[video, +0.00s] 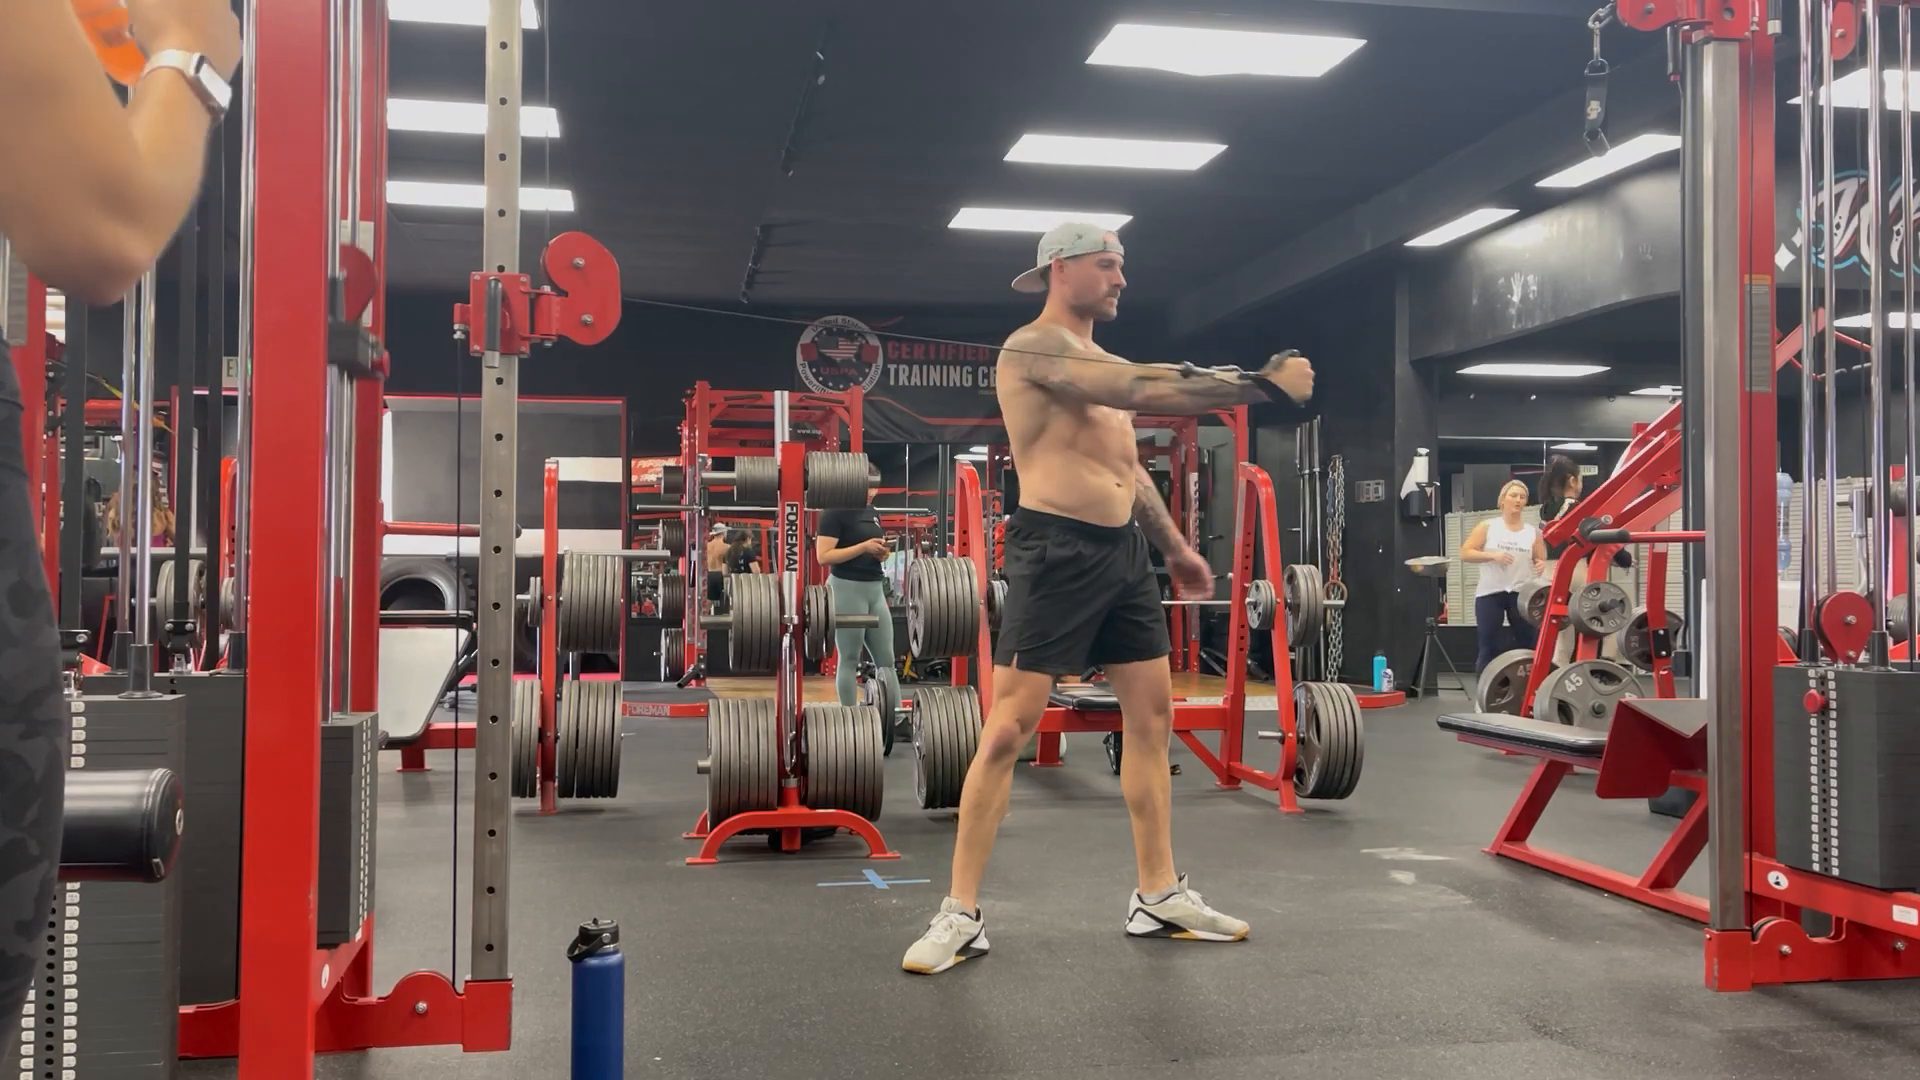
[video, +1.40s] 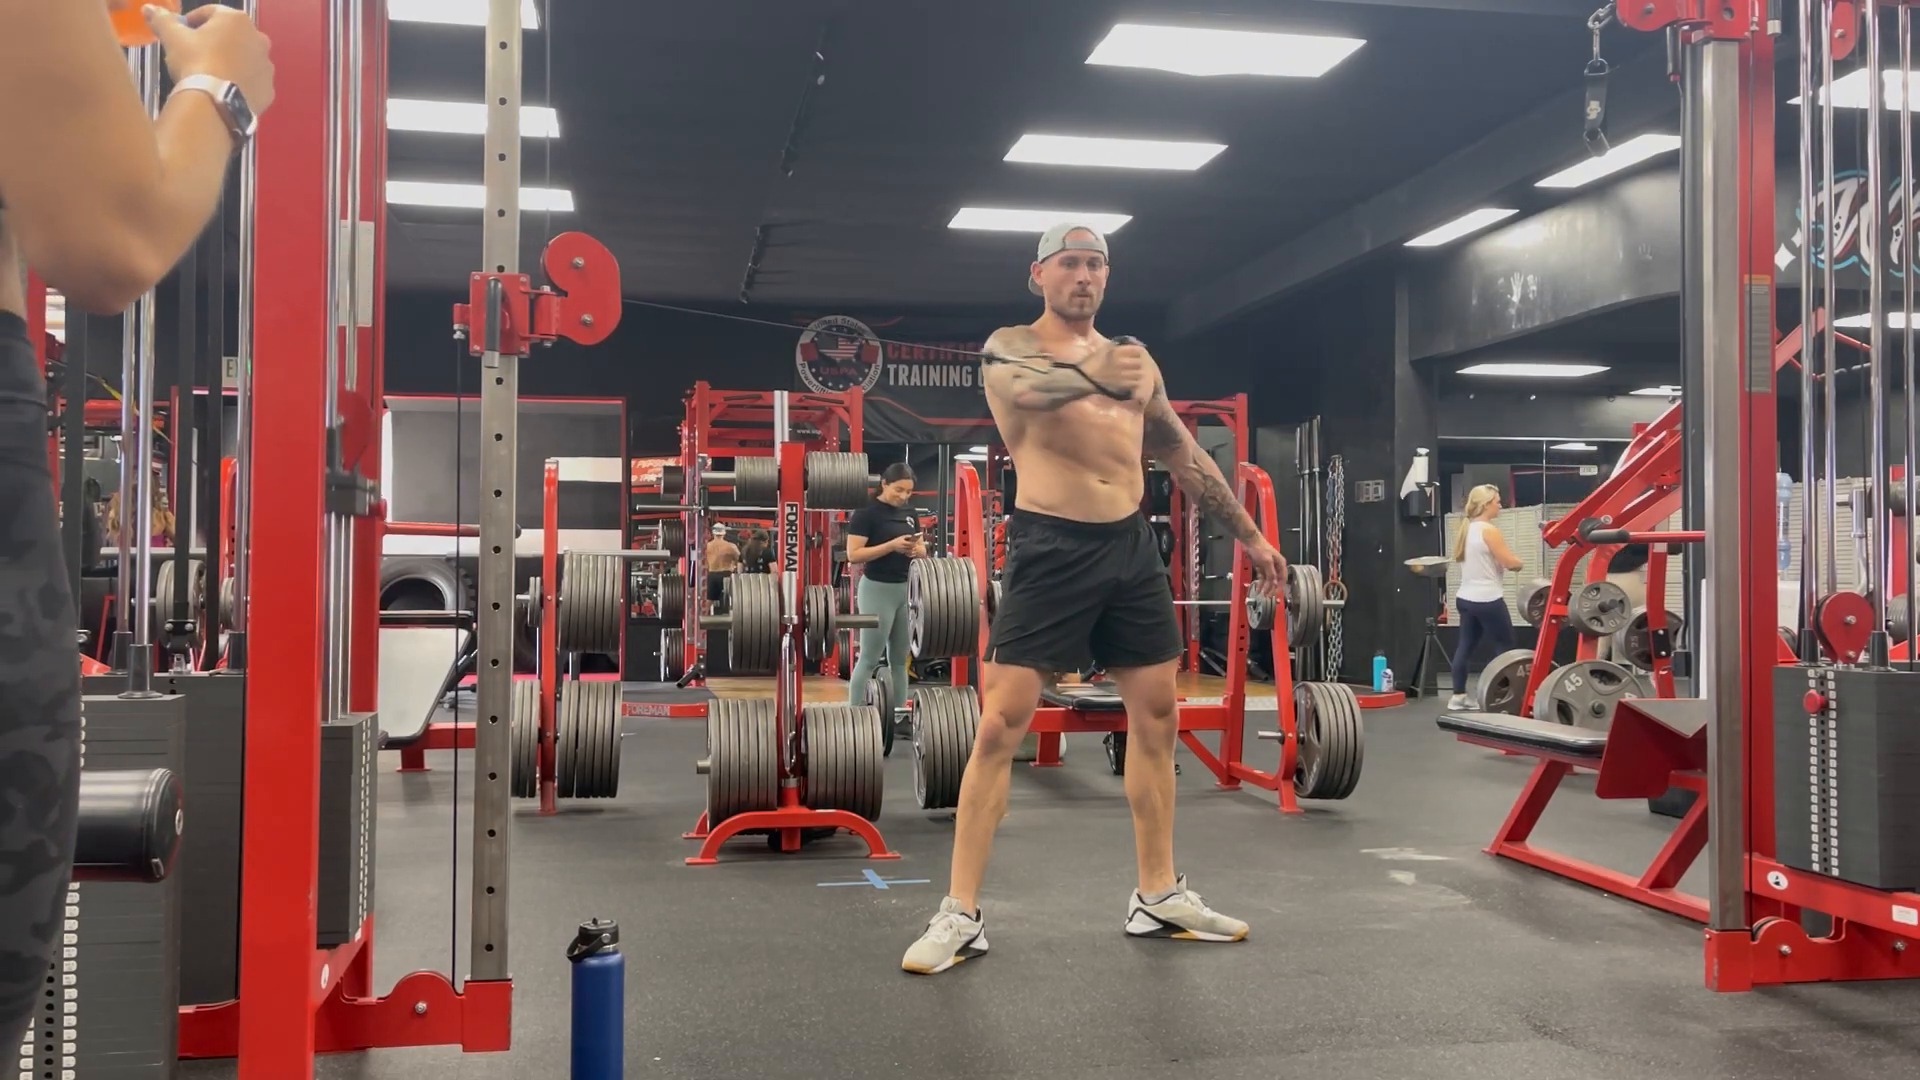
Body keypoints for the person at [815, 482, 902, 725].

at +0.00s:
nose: (872, 492)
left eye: (875, 487)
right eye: (869, 486)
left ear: (876, 489)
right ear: (856, 484)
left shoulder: (871, 513)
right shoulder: (835, 513)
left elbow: (878, 552)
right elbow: (823, 556)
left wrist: (883, 552)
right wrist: (863, 548)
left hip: (875, 589)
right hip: (847, 589)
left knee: (886, 659)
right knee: (849, 659)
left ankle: (896, 720)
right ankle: (850, 721)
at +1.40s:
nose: (904, 496)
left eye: (908, 491)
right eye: (899, 490)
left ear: (911, 490)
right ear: (884, 484)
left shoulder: (909, 514)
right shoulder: (866, 514)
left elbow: (920, 549)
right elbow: (852, 554)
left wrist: (918, 549)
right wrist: (891, 546)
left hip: (903, 591)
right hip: (876, 591)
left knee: (899, 659)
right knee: (869, 658)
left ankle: (901, 714)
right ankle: (854, 714)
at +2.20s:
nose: (904, 494)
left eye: (907, 489)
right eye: (899, 488)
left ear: (909, 488)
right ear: (882, 483)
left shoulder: (903, 514)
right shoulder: (865, 512)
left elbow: (913, 552)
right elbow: (850, 552)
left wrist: (916, 551)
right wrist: (890, 546)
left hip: (900, 591)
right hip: (873, 590)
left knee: (898, 660)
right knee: (867, 657)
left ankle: (901, 716)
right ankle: (853, 715)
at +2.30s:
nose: (903, 494)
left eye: (907, 489)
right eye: (899, 488)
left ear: (908, 489)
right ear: (882, 484)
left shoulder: (902, 515)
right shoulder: (864, 513)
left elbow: (915, 554)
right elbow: (850, 552)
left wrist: (917, 552)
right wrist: (891, 545)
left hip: (901, 591)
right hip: (874, 590)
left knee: (898, 660)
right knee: (867, 657)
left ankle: (901, 716)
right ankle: (854, 716)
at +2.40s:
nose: (903, 494)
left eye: (906, 489)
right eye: (898, 488)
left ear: (908, 489)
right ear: (882, 483)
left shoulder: (902, 515)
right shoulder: (863, 513)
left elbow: (913, 554)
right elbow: (850, 552)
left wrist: (916, 552)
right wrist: (892, 545)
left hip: (900, 591)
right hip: (873, 589)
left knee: (898, 660)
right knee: (866, 657)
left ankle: (901, 716)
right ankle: (853, 715)